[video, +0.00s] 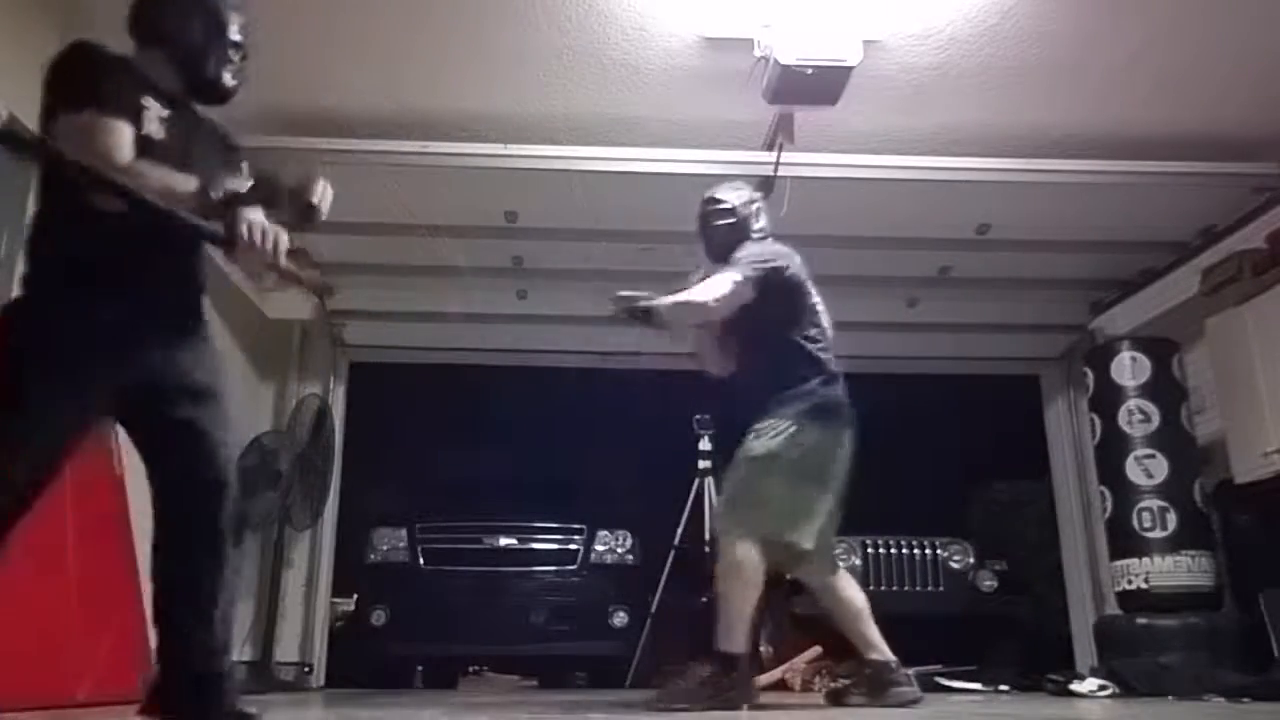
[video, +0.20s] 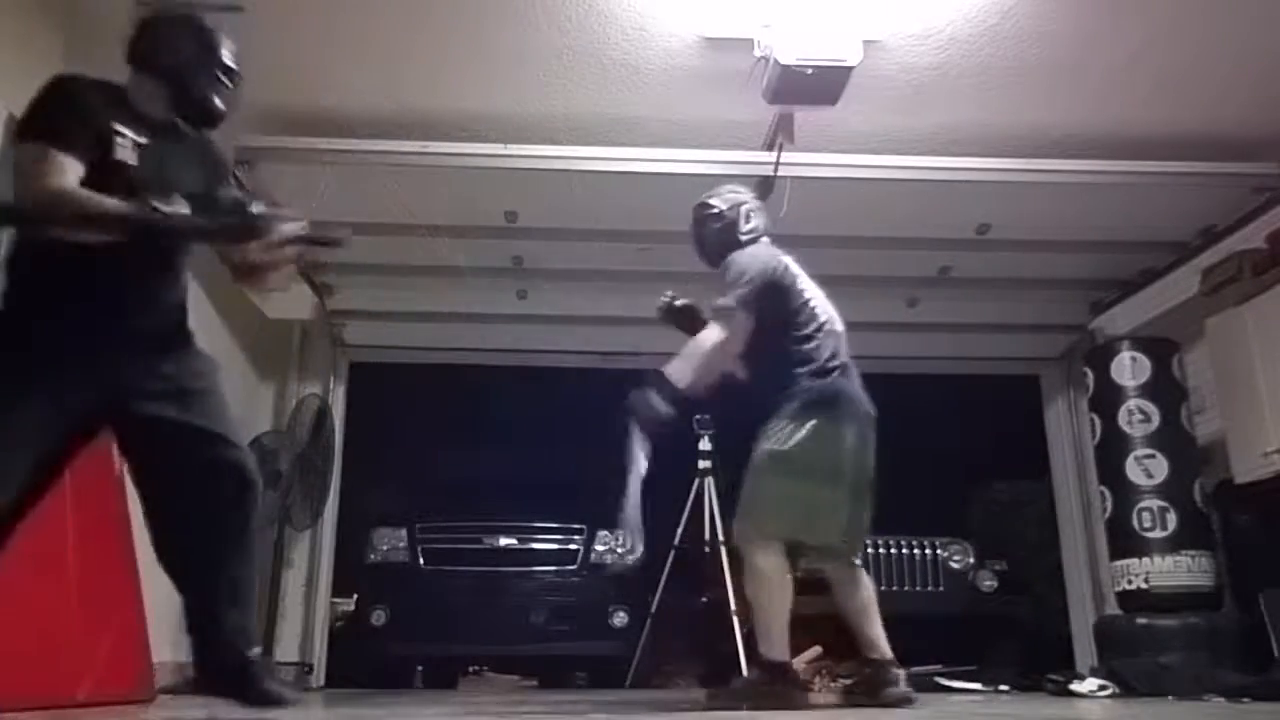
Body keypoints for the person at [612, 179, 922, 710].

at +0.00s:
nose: (714, 223)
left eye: (725, 213)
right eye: (707, 216)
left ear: (754, 217)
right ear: (701, 227)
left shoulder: (768, 254)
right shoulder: (733, 275)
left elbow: (714, 295)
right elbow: (722, 364)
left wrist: (655, 306)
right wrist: (695, 325)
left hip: (804, 408)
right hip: (807, 413)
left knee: (737, 525)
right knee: (810, 555)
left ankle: (729, 670)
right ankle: (886, 669)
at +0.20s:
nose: (700, 229)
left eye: (711, 217)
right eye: (697, 221)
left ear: (748, 219)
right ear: (755, 228)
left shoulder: (752, 260)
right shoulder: (778, 266)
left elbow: (724, 335)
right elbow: (753, 361)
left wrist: (666, 386)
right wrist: (697, 328)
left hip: (811, 409)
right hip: (853, 413)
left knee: (758, 535)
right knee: (837, 550)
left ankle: (774, 671)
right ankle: (884, 669)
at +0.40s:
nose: (714, 239)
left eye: (725, 228)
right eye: (713, 230)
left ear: (762, 231)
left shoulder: (773, 268)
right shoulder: (787, 276)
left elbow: (730, 340)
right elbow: (765, 369)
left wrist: (671, 366)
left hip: (818, 420)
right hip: (860, 425)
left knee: (742, 529)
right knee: (870, 558)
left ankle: (768, 668)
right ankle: (962, 664)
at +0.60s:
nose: (720, 244)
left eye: (729, 233)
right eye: (720, 236)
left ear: (763, 235)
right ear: (775, 239)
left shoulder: (760, 283)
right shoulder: (813, 281)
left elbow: (735, 372)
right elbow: (796, 354)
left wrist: (714, 421)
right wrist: (736, 336)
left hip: (808, 421)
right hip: (865, 427)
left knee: (734, 535)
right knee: (866, 564)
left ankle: (751, 668)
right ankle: (962, 667)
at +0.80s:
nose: (703, 253)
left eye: (711, 240)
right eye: (705, 241)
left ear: (739, 242)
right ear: (762, 243)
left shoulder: (752, 280)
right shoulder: (799, 282)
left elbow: (698, 350)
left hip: (812, 421)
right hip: (861, 429)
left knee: (727, 531)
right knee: (858, 567)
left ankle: (746, 667)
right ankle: (959, 666)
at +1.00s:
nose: (700, 242)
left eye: (711, 230)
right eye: (701, 234)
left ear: (748, 233)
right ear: (757, 239)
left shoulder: (745, 279)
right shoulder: (791, 281)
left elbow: (700, 359)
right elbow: (783, 367)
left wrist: (669, 401)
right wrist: (741, 379)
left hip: (809, 418)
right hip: (857, 426)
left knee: (729, 535)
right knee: (856, 563)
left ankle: (749, 668)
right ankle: (954, 661)